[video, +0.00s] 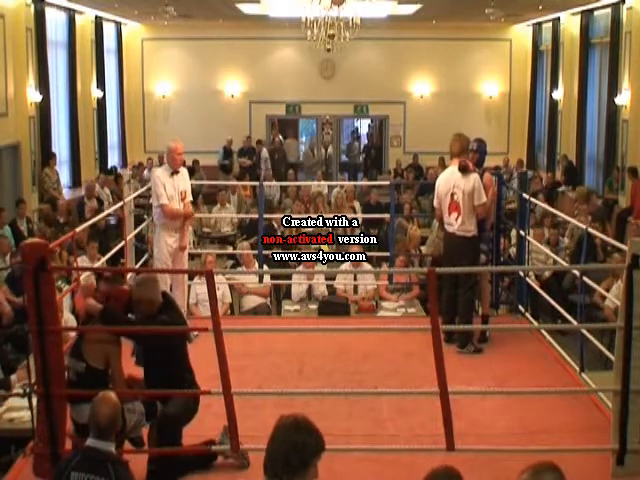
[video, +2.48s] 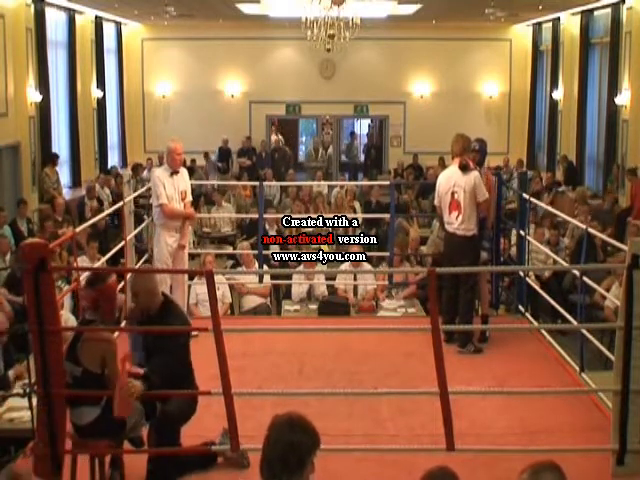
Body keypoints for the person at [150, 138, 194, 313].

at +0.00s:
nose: (181, 158)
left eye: (182, 154)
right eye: (177, 155)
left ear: (183, 156)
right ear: (167, 156)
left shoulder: (184, 172)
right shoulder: (158, 174)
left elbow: (187, 203)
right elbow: (166, 209)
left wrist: (184, 233)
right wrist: (185, 212)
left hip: (182, 226)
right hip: (165, 227)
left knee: (181, 271)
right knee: (163, 270)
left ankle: (180, 312)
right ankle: (162, 310)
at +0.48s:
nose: (180, 158)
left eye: (182, 154)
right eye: (177, 155)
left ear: (183, 156)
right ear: (167, 156)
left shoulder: (184, 173)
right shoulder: (158, 174)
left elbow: (187, 203)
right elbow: (165, 209)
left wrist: (185, 234)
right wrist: (185, 214)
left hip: (182, 226)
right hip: (165, 227)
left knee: (181, 271)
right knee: (163, 270)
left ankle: (180, 312)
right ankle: (161, 311)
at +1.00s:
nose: (179, 158)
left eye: (181, 154)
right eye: (176, 155)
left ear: (183, 156)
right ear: (167, 156)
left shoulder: (184, 173)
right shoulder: (158, 174)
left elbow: (187, 203)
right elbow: (165, 209)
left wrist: (185, 234)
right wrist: (185, 213)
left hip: (182, 226)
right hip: (165, 227)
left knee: (181, 271)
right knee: (163, 270)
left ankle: (180, 311)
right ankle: (162, 310)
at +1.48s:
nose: (180, 158)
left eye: (181, 154)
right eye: (176, 155)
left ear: (183, 156)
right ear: (167, 156)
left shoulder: (184, 173)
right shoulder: (158, 174)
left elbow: (188, 205)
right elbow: (166, 209)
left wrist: (185, 235)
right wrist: (186, 211)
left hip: (182, 229)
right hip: (165, 229)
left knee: (181, 271)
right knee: (163, 271)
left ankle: (181, 309)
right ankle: (163, 309)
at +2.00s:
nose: (180, 158)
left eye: (181, 154)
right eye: (176, 155)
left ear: (183, 156)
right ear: (167, 156)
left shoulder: (184, 173)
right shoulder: (158, 174)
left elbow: (188, 203)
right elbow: (166, 209)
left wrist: (185, 235)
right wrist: (186, 210)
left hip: (182, 228)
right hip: (165, 228)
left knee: (181, 270)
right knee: (163, 269)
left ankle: (181, 308)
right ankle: (163, 308)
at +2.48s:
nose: (178, 158)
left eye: (181, 154)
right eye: (175, 155)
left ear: (183, 156)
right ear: (166, 157)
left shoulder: (184, 173)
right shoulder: (158, 174)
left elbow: (187, 202)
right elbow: (165, 209)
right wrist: (187, 213)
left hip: (183, 226)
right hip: (165, 227)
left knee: (181, 270)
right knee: (163, 269)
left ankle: (181, 310)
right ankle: (162, 310)